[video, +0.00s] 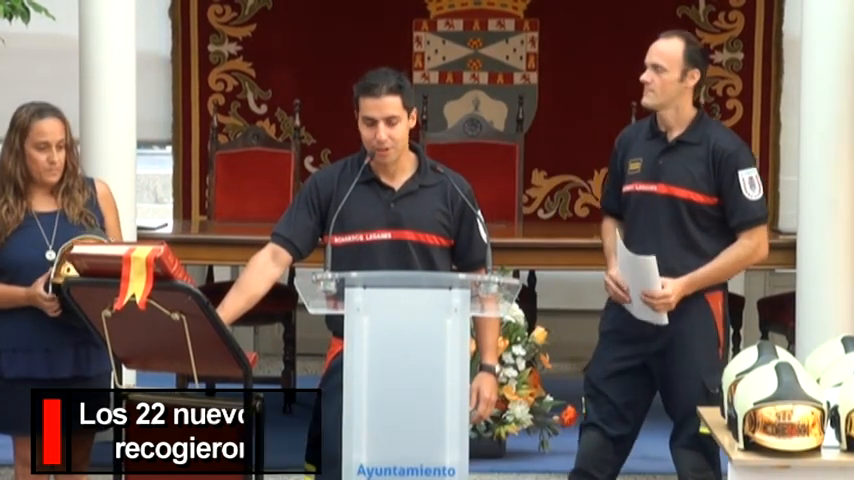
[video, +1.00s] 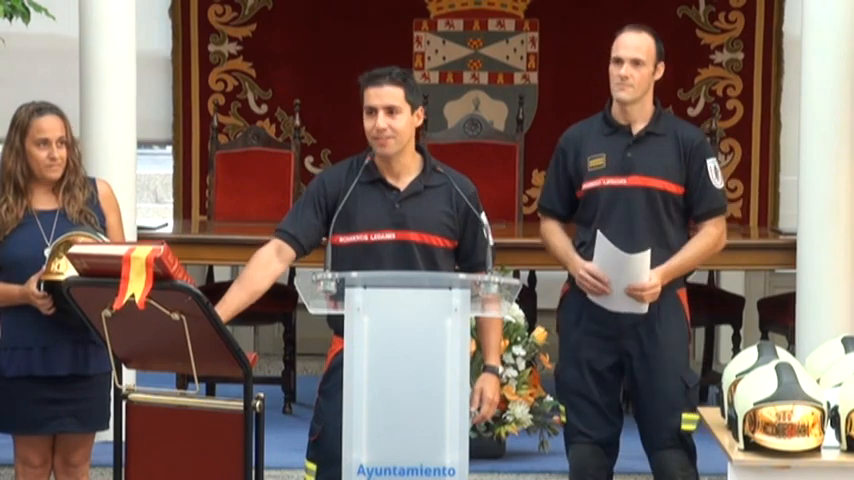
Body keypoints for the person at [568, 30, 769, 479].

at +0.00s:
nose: (645, 77)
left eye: (657, 70)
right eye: (645, 68)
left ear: (690, 79)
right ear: (647, 71)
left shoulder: (726, 149)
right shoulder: (630, 140)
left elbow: (756, 243)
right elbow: (611, 215)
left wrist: (684, 286)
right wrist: (613, 263)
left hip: (693, 318)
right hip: (627, 312)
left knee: (695, 448)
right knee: (597, 446)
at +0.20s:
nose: (656, 74)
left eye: (669, 67)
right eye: (655, 65)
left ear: (700, 78)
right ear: (652, 69)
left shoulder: (730, 149)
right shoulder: (636, 138)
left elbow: (756, 243)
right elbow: (619, 215)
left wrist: (682, 285)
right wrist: (618, 261)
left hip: (692, 322)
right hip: (626, 315)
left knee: (698, 457)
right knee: (590, 455)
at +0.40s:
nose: (655, 74)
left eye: (669, 68)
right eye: (653, 65)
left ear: (697, 79)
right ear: (648, 69)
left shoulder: (723, 147)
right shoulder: (627, 140)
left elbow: (750, 242)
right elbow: (609, 216)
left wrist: (675, 284)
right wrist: (611, 265)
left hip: (690, 321)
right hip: (624, 316)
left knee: (695, 453)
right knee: (605, 451)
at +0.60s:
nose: (648, 72)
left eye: (661, 66)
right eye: (644, 63)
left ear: (686, 76)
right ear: (636, 69)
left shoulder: (715, 145)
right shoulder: (610, 142)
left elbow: (740, 240)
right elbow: (590, 220)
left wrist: (670, 279)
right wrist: (598, 264)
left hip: (680, 319)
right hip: (610, 317)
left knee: (687, 457)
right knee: (593, 455)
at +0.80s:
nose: (635, 71)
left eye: (647, 64)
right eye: (630, 62)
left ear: (670, 73)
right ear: (621, 68)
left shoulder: (701, 143)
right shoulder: (591, 142)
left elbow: (729, 233)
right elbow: (567, 219)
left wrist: (671, 276)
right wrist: (582, 261)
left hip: (668, 319)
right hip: (598, 317)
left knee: (676, 453)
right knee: (589, 452)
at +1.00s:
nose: (623, 71)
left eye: (635, 63)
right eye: (617, 62)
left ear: (657, 72)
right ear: (608, 68)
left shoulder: (689, 142)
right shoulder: (576, 141)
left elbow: (715, 231)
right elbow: (550, 219)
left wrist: (663, 275)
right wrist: (573, 262)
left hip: (659, 318)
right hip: (588, 317)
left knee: (670, 450)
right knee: (587, 450)